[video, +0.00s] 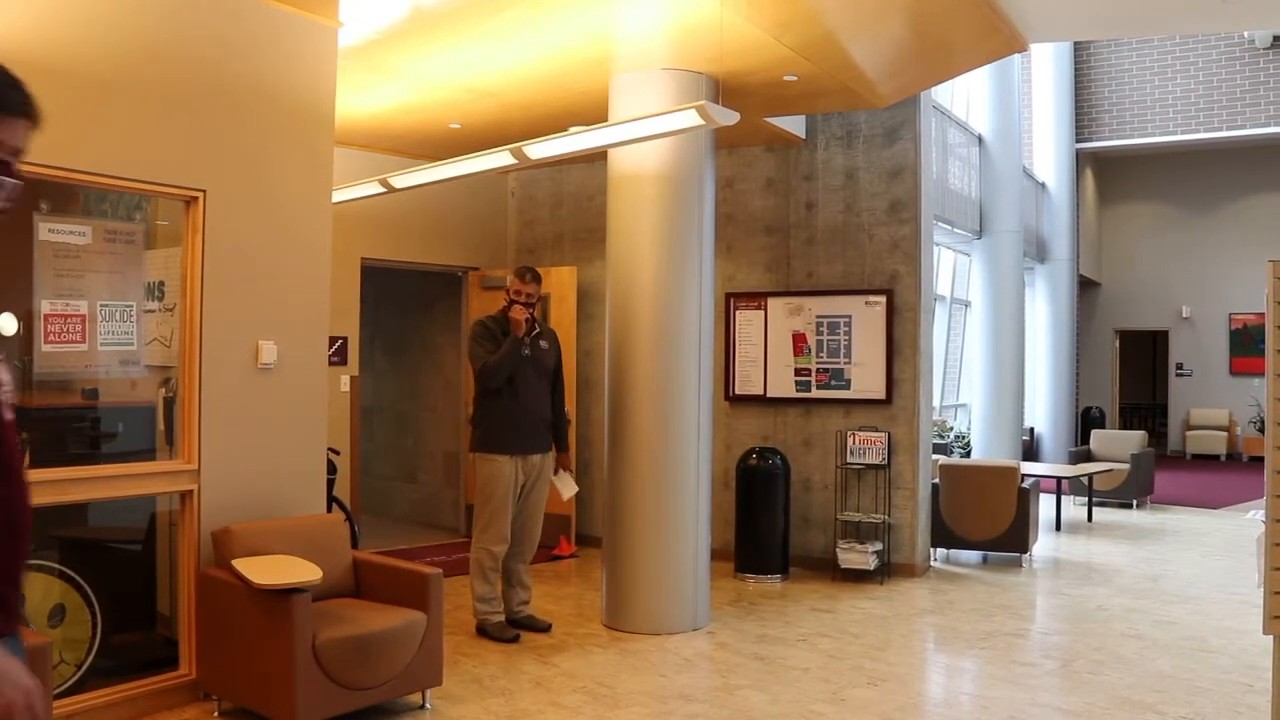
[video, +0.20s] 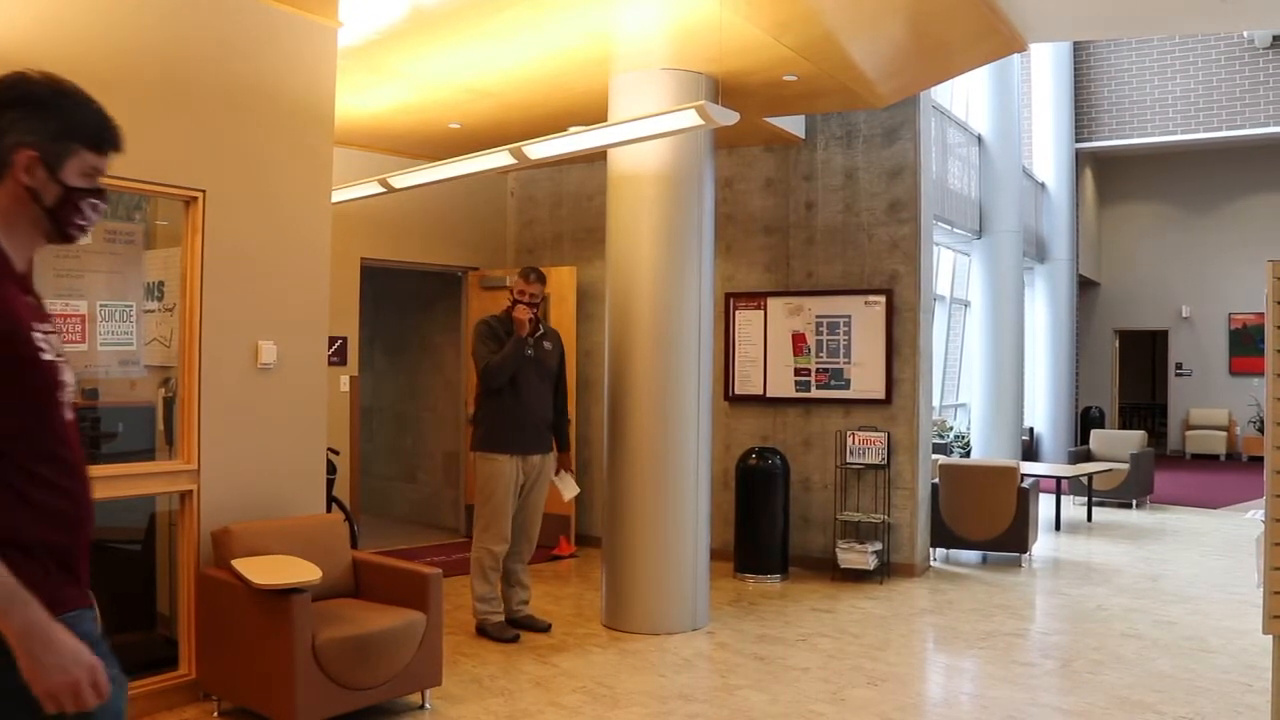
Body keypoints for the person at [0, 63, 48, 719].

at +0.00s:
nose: (15, 180)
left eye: (17, 159)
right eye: (6, 156)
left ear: (23, 156)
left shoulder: (6, 332)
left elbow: (10, 488)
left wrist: (13, 623)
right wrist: (1, 643)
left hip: (6, 614)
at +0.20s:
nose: (96, 202)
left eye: (100, 186)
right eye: (86, 182)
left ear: (31, 172)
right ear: (27, 170)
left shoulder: (23, 295)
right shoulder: (7, 296)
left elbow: (32, 467)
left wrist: (69, 611)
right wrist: (31, 632)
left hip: (63, 616)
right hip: (31, 638)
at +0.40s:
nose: (156, 206)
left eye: (159, 190)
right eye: (149, 187)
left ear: (95, 180)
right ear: (94, 178)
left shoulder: (60, 278)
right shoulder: (28, 275)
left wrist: (112, 615)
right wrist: (89, 634)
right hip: (64, 644)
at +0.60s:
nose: (212, 211)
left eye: (215, 195)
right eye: (206, 193)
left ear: (156, 188)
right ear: (161, 189)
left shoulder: (102, 278)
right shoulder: (100, 283)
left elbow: (74, 480)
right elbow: (72, 483)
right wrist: (168, 644)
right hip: (133, 646)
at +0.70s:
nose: (238, 207)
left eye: (239, 192)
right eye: (233, 191)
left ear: (181, 186)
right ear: (194, 188)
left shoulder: (113, 272)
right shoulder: (141, 285)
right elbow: (121, 480)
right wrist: (209, 640)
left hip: (127, 628)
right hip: (167, 638)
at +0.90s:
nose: (285, 199)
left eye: (285, 181)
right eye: (282, 181)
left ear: (190, 181)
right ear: (254, 188)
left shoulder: (145, 278)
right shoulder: (216, 288)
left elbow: (116, 437)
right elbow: (212, 482)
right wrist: (295, 631)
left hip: (163, 611)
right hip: (226, 622)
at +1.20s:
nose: (326, 204)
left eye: (328, 187)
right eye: (327, 188)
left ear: (237, 183)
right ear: (312, 198)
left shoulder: (182, 284)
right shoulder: (280, 296)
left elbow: (149, 435)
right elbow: (289, 487)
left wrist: (203, 524)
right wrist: (376, 610)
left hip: (216, 597)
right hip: (279, 609)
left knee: (255, 706)